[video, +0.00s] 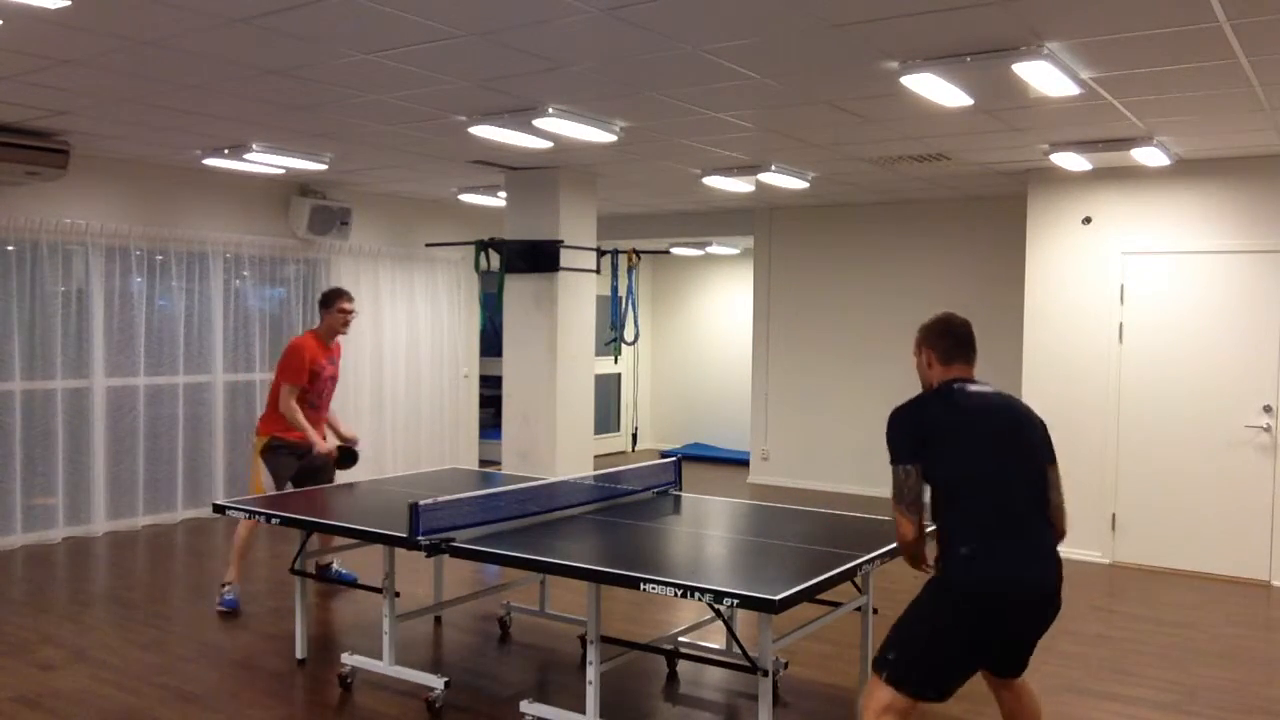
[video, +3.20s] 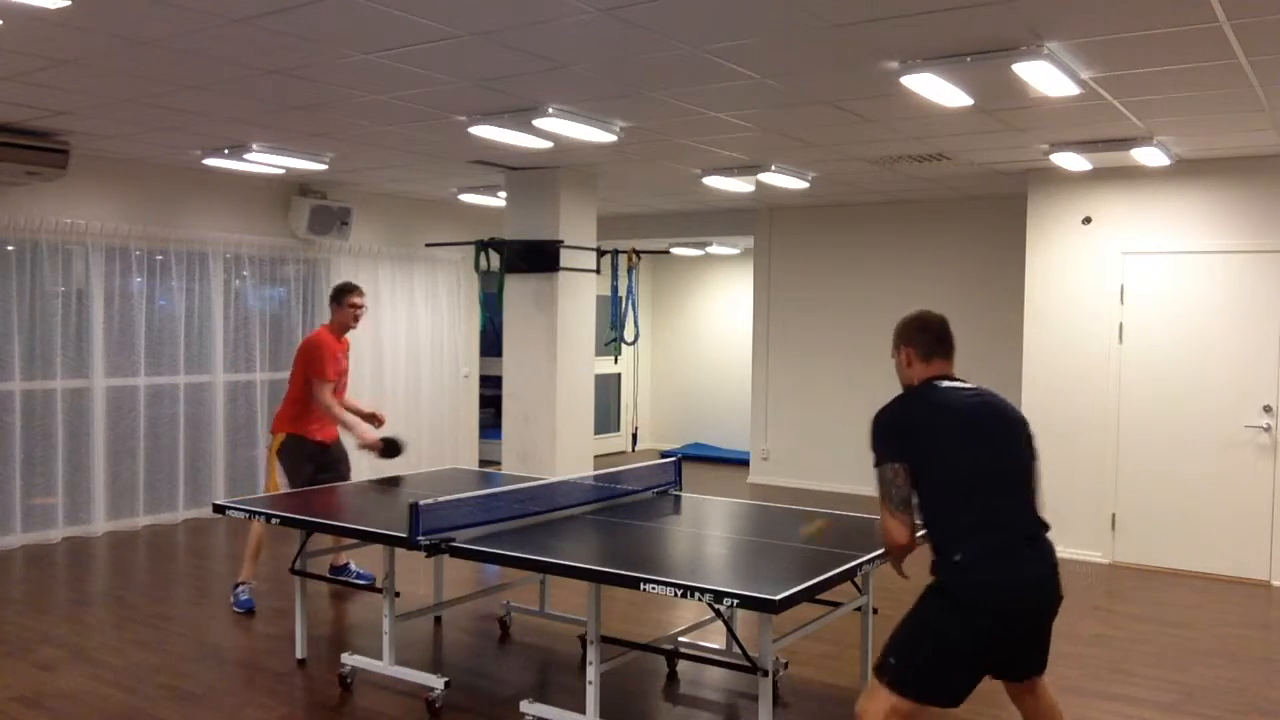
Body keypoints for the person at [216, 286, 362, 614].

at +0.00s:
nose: (349, 318)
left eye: (352, 313)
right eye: (343, 312)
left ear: (349, 316)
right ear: (324, 314)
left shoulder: (334, 348)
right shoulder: (301, 348)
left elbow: (317, 403)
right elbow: (286, 404)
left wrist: (341, 432)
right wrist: (315, 439)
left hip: (309, 439)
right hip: (277, 439)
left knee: (326, 502)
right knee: (259, 507)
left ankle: (324, 564)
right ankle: (230, 582)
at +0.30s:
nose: (321, 307)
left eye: (325, 302)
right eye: (315, 301)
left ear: (327, 305)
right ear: (298, 302)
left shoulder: (324, 338)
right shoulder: (275, 341)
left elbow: (321, 384)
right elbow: (258, 392)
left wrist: (347, 420)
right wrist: (271, 432)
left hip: (309, 440)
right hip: (271, 439)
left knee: (316, 504)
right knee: (252, 507)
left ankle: (323, 563)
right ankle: (241, 576)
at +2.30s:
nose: (311, 323)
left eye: (315, 317)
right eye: (305, 317)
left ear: (316, 318)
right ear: (285, 317)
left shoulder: (317, 351)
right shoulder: (258, 355)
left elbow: (317, 395)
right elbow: (237, 405)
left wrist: (333, 419)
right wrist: (247, 447)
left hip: (305, 448)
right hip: (266, 450)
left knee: (328, 506)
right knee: (251, 515)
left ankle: (338, 566)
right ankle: (222, 594)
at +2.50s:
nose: (327, 333)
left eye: (329, 327)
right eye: (322, 327)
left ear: (322, 328)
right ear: (301, 326)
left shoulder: (318, 359)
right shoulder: (270, 362)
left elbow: (312, 404)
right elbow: (248, 413)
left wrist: (338, 423)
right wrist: (277, 455)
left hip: (299, 448)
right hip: (263, 450)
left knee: (328, 501)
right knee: (259, 515)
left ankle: (337, 565)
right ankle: (222, 595)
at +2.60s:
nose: (338, 337)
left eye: (340, 331)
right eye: (333, 330)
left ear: (324, 332)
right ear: (312, 328)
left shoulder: (319, 362)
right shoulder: (285, 363)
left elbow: (310, 409)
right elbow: (282, 420)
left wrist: (341, 422)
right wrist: (323, 451)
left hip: (296, 447)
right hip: (264, 448)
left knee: (327, 502)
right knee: (262, 514)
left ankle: (337, 566)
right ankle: (222, 596)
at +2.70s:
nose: (351, 338)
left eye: (353, 333)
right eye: (347, 332)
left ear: (335, 333)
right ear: (328, 329)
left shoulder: (317, 362)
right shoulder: (304, 362)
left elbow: (309, 412)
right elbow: (330, 414)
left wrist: (347, 418)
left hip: (296, 448)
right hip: (266, 450)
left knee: (326, 504)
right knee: (259, 519)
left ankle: (337, 566)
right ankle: (221, 596)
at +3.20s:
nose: (358, 314)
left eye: (361, 308)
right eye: (353, 307)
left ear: (360, 312)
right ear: (334, 307)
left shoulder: (342, 344)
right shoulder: (320, 343)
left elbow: (336, 396)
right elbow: (322, 398)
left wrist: (364, 413)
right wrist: (359, 431)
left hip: (326, 436)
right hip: (294, 437)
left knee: (340, 502)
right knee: (270, 508)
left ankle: (339, 563)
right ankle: (244, 583)